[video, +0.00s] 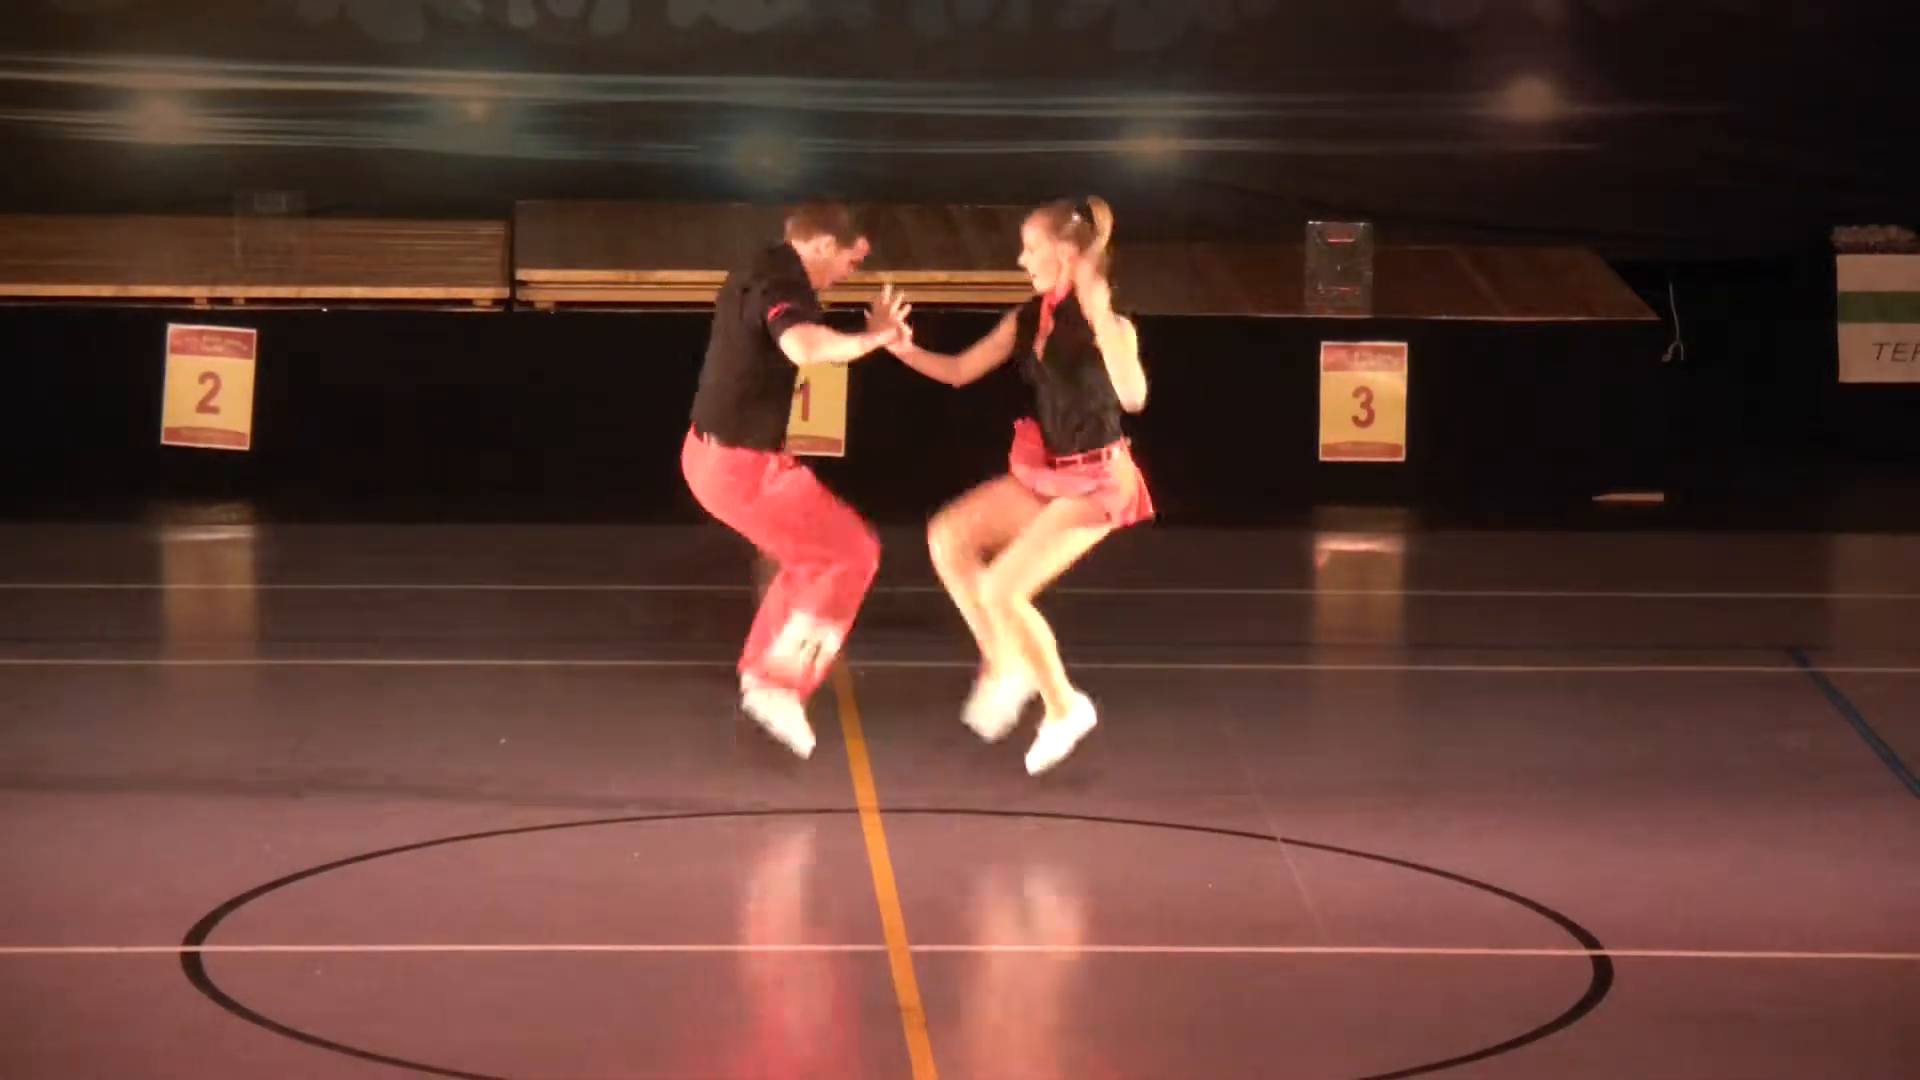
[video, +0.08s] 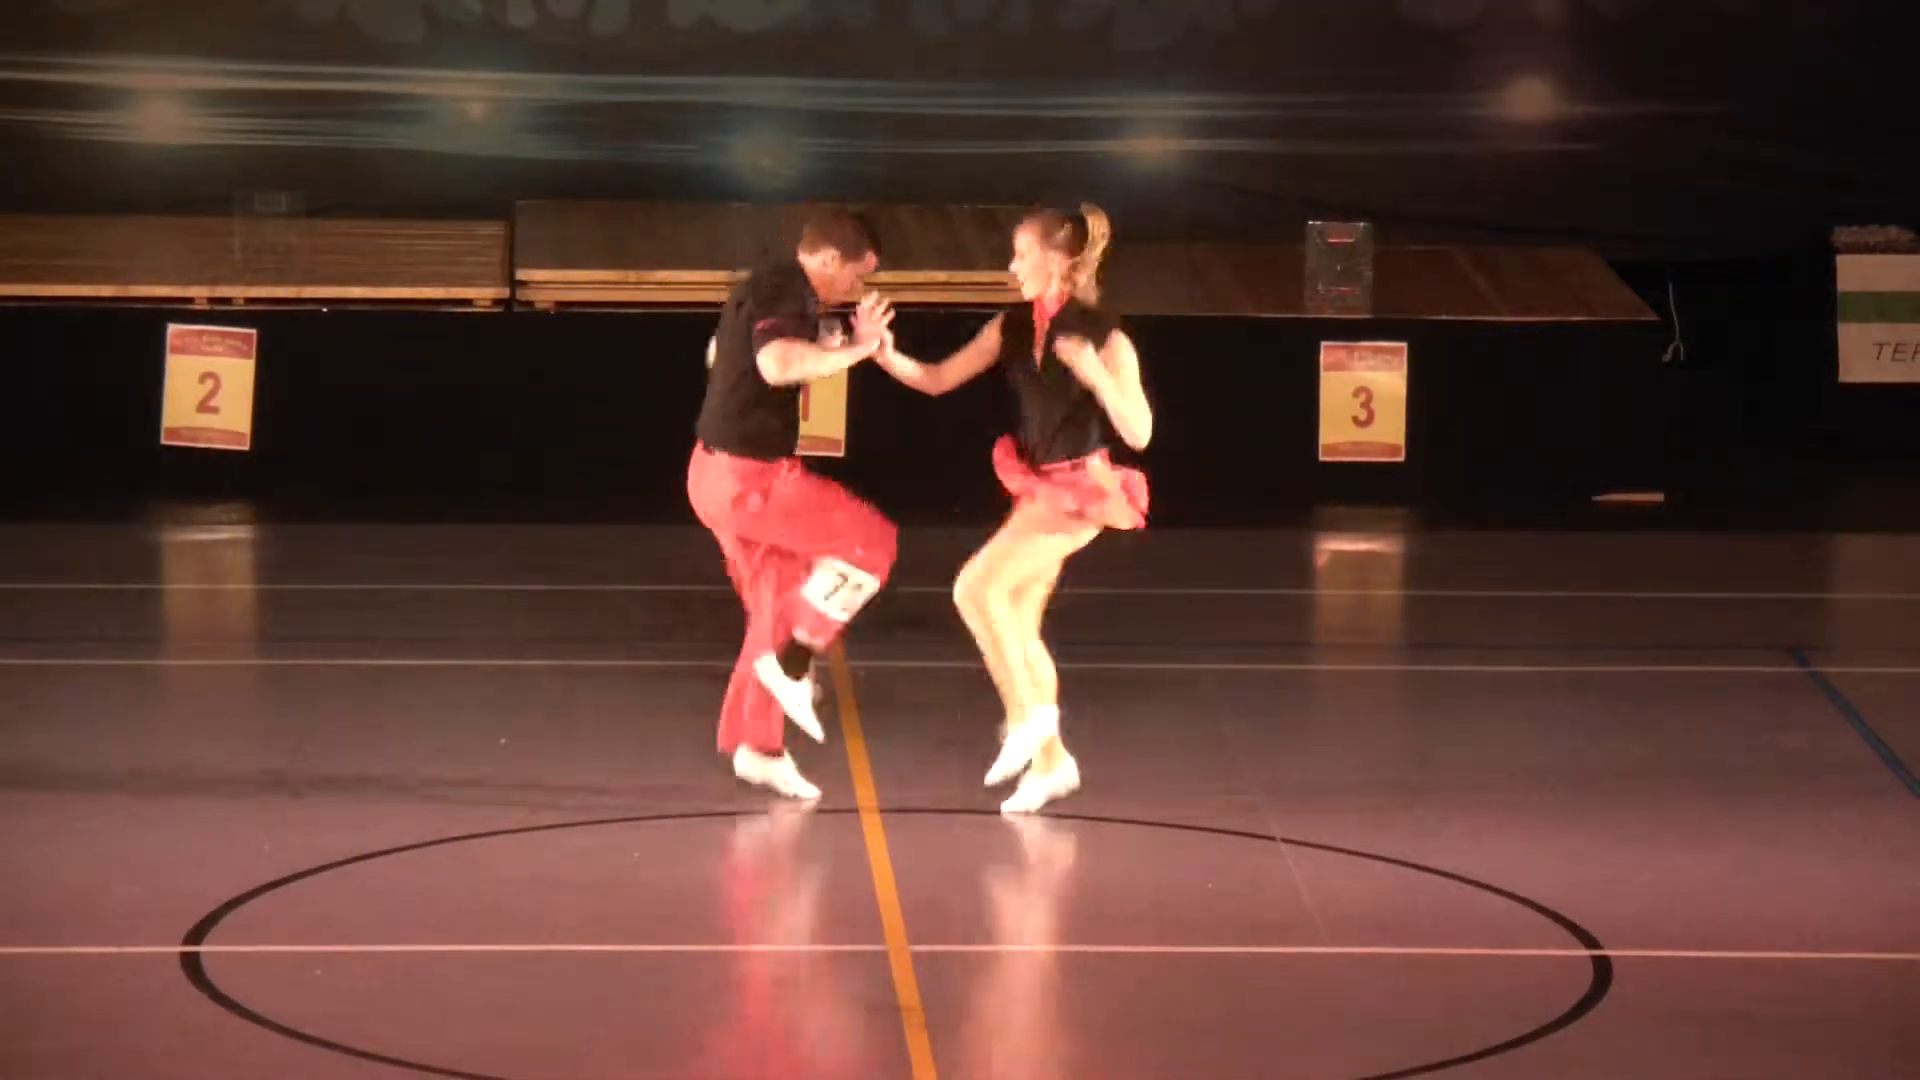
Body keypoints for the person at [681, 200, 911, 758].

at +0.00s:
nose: (845, 277)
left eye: (850, 266)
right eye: (846, 263)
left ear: (804, 241)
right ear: (822, 246)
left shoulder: (757, 268)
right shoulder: (780, 275)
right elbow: (803, 344)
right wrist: (873, 339)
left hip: (710, 454)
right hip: (738, 462)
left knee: (812, 557)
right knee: (854, 551)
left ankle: (762, 674)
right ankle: (779, 684)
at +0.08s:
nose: (857, 289)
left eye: (861, 279)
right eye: (855, 276)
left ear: (815, 260)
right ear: (825, 260)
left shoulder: (760, 286)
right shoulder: (784, 289)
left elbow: (716, 354)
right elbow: (777, 364)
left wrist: (816, 344)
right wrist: (857, 348)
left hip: (722, 471)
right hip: (749, 473)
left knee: (777, 607)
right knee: (870, 540)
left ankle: (756, 746)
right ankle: (794, 657)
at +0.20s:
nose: (845, 299)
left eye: (850, 287)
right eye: (844, 285)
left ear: (803, 269)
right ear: (812, 270)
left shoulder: (749, 304)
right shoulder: (776, 313)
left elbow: (768, 410)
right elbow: (801, 414)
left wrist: (822, 430)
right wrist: (889, 389)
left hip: (716, 487)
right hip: (752, 493)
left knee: (746, 639)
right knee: (824, 637)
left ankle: (749, 780)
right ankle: (784, 767)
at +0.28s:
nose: (836, 242)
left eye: (836, 230)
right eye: (828, 230)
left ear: (786, 235)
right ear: (788, 234)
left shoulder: (751, 276)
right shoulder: (771, 290)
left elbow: (810, 340)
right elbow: (829, 378)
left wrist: (833, 362)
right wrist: (840, 367)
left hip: (708, 461)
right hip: (735, 469)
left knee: (739, 604)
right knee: (764, 605)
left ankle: (727, 738)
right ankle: (764, 762)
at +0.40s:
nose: (797, 238)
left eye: (796, 225)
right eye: (789, 226)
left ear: (747, 235)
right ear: (750, 234)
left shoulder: (718, 284)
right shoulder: (745, 298)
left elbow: (774, 353)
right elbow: (820, 377)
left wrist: (810, 333)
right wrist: (854, 384)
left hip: (713, 469)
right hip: (721, 476)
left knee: (790, 561)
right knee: (731, 608)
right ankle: (689, 770)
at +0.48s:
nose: (786, 233)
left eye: (784, 221)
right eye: (776, 222)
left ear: (739, 230)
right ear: (740, 229)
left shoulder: (722, 282)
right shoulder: (727, 291)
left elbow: (791, 366)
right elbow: (809, 361)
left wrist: (854, 372)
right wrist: (810, 329)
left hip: (700, 463)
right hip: (704, 473)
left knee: (784, 544)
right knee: (722, 613)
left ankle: (652, 545)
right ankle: (684, 758)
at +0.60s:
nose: (778, 226)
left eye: (776, 214)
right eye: (768, 215)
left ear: (734, 224)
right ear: (731, 222)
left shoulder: (727, 279)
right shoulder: (716, 277)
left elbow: (784, 353)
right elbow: (787, 338)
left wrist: (856, 358)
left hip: (687, 461)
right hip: (671, 462)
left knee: (762, 554)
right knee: (682, 602)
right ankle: (655, 762)